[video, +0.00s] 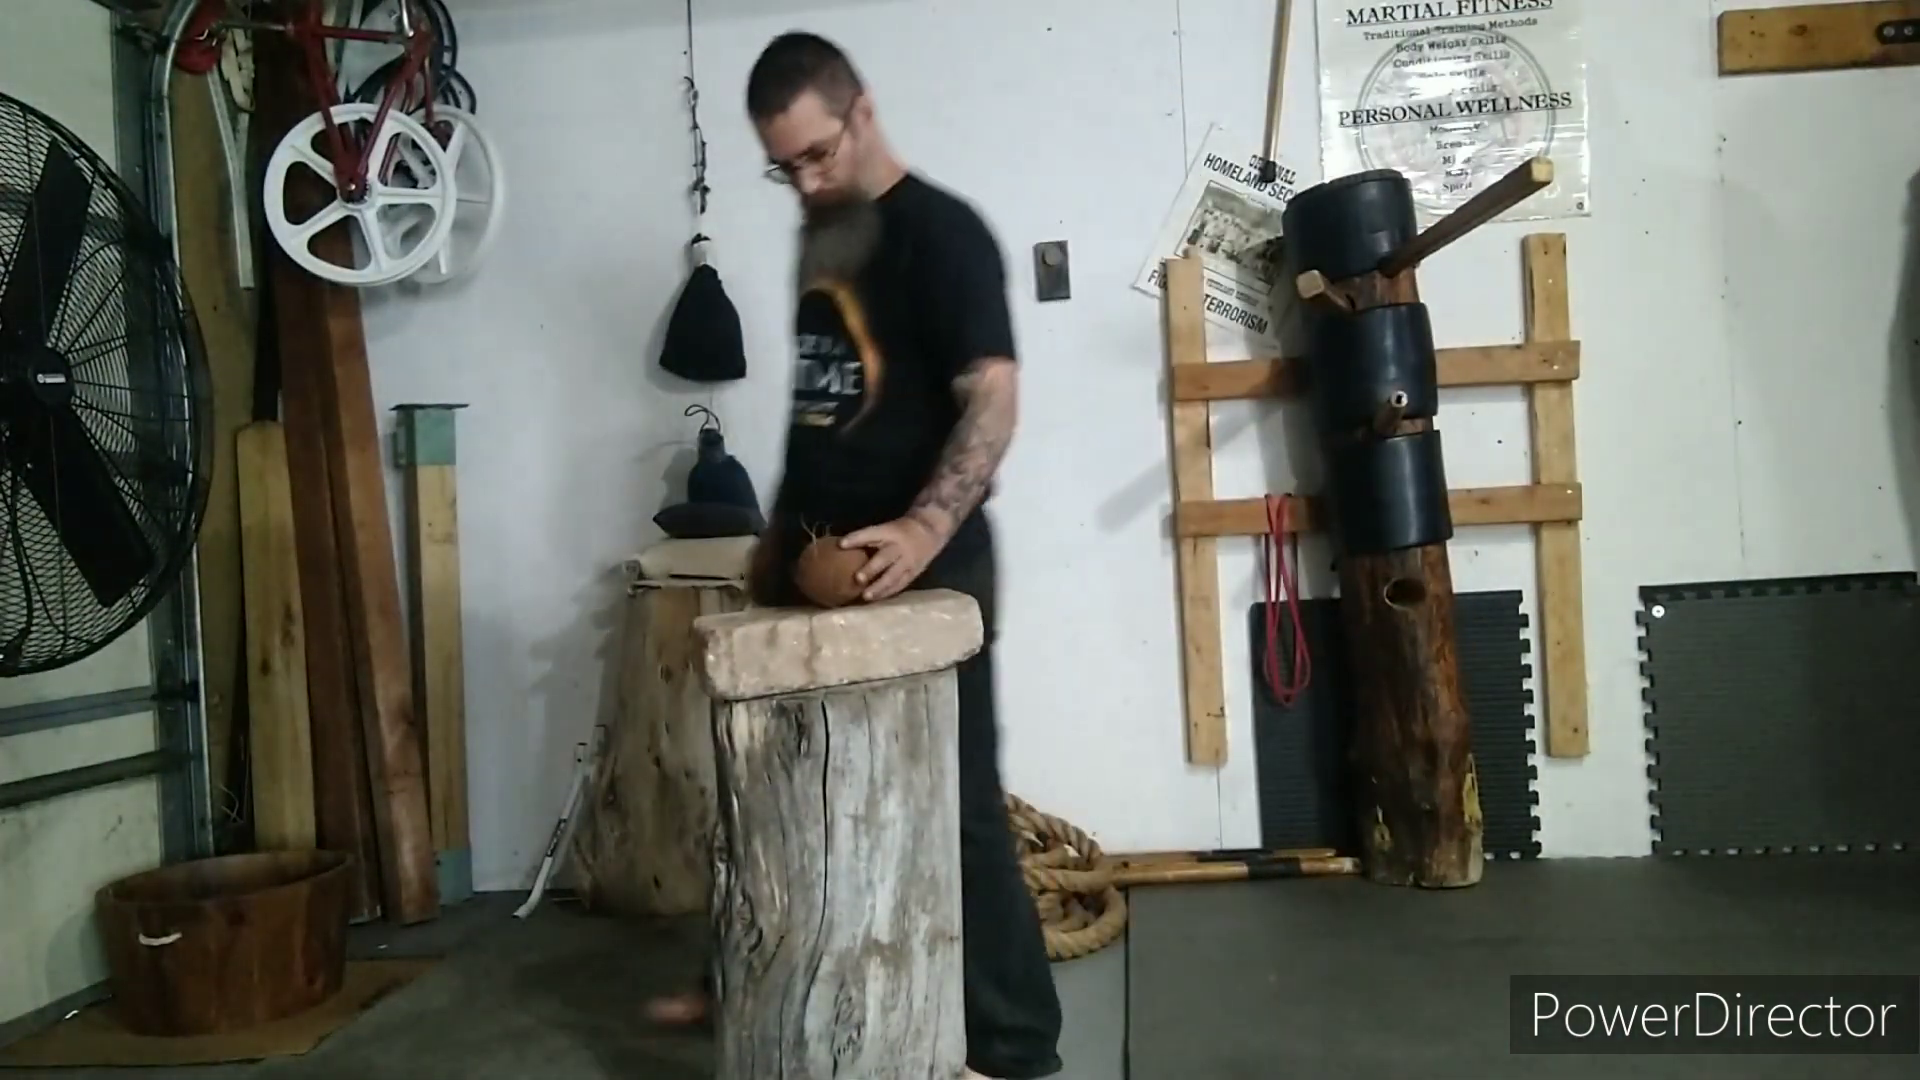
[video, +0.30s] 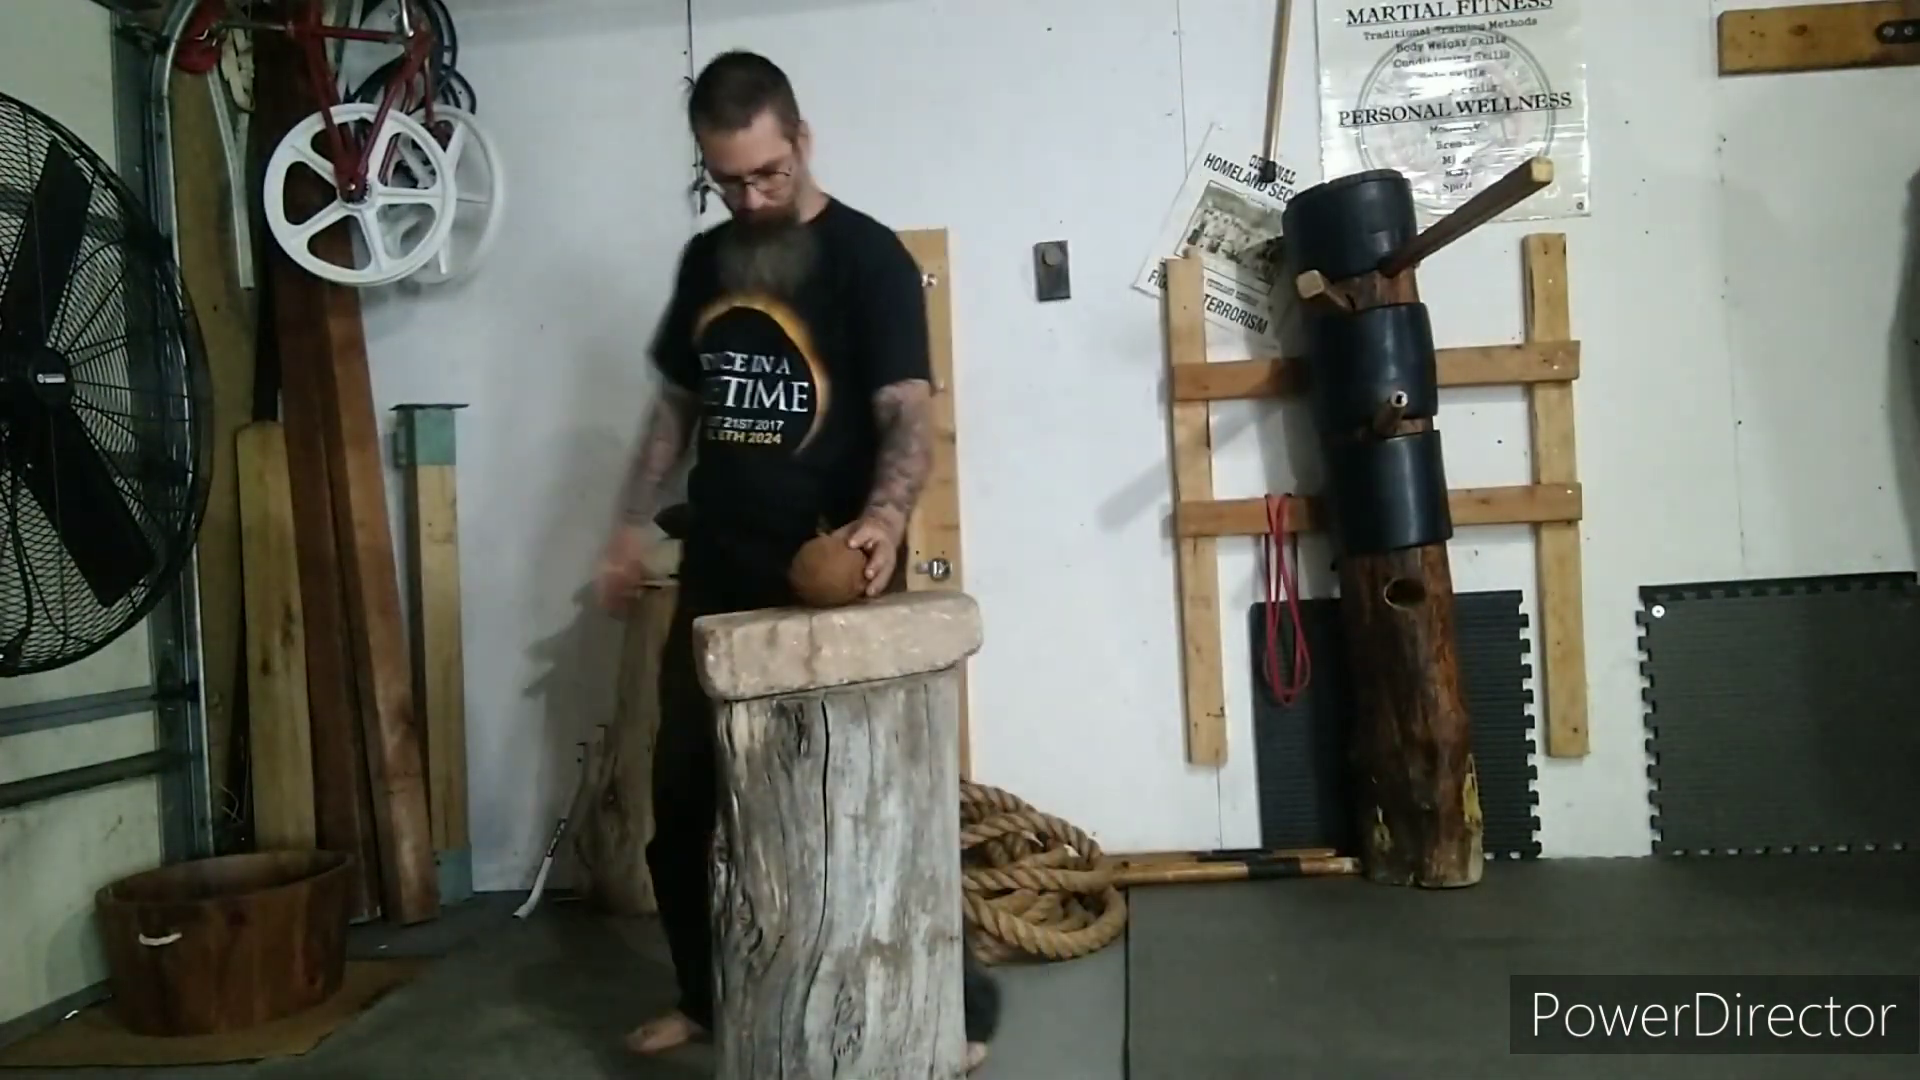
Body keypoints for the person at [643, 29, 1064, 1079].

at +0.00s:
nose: (807, 182)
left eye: (819, 154)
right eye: (786, 164)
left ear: (864, 111)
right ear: (770, 148)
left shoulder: (944, 230)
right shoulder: (817, 234)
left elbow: (995, 399)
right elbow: (821, 404)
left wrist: (927, 526)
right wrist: (782, 530)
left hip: (924, 564)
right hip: (814, 559)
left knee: (954, 808)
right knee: (795, 793)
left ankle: (1014, 1042)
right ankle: (755, 983)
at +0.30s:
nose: (751, 197)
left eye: (769, 173)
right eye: (729, 178)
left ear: (804, 140)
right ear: (705, 161)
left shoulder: (870, 256)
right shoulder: (708, 256)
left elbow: (910, 416)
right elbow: (674, 404)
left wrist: (885, 520)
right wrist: (631, 526)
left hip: (836, 586)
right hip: (717, 581)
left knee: (871, 810)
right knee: (685, 806)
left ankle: (952, 1008)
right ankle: (705, 1001)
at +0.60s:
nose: (772, 190)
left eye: (790, 168)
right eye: (750, 170)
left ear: (821, 143)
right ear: (720, 150)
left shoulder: (871, 267)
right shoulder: (686, 255)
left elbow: (903, 427)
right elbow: (628, 390)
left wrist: (886, 521)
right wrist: (557, 509)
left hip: (833, 585)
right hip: (700, 578)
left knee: (894, 806)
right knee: (682, 805)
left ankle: (968, 1027)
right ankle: (702, 998)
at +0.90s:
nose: (851, 184)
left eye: (873, 163)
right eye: (830, 160)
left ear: (902, 137)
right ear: (795, 132)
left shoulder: (939, 263)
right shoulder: (735, 244)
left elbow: (958, 426)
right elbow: (682, 389)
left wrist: (908, 518)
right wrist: (658, 512)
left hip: (888, 577)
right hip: (733, 574)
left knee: (936, 801)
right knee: (704, 795)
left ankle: (972, 1030)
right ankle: (691, 994)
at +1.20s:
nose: (858, 192)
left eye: (881, 172)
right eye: (839, 169)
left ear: (908, 146)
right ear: (802, 137)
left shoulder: (939, 267)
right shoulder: (725, 240)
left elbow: (974, 427)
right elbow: (659, 384)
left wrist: (900, 461)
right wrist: (737, 443)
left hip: (883, 563)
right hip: (730, 560)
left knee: (932, 793)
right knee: (673, 779)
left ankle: (973, 1030)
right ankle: (634, 988)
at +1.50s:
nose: (789, 210)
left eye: (808, 190)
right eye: (771, 186)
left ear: (829, 170)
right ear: (728, 158)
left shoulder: (858, 285)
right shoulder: (651, 272)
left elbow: (890, 442)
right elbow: (585, 421)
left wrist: (805, 413)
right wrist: (702, 432)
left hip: (821, 590)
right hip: (671, 591)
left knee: (891, 805)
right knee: (649, 807)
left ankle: (968, 1031)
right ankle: (628, 995)